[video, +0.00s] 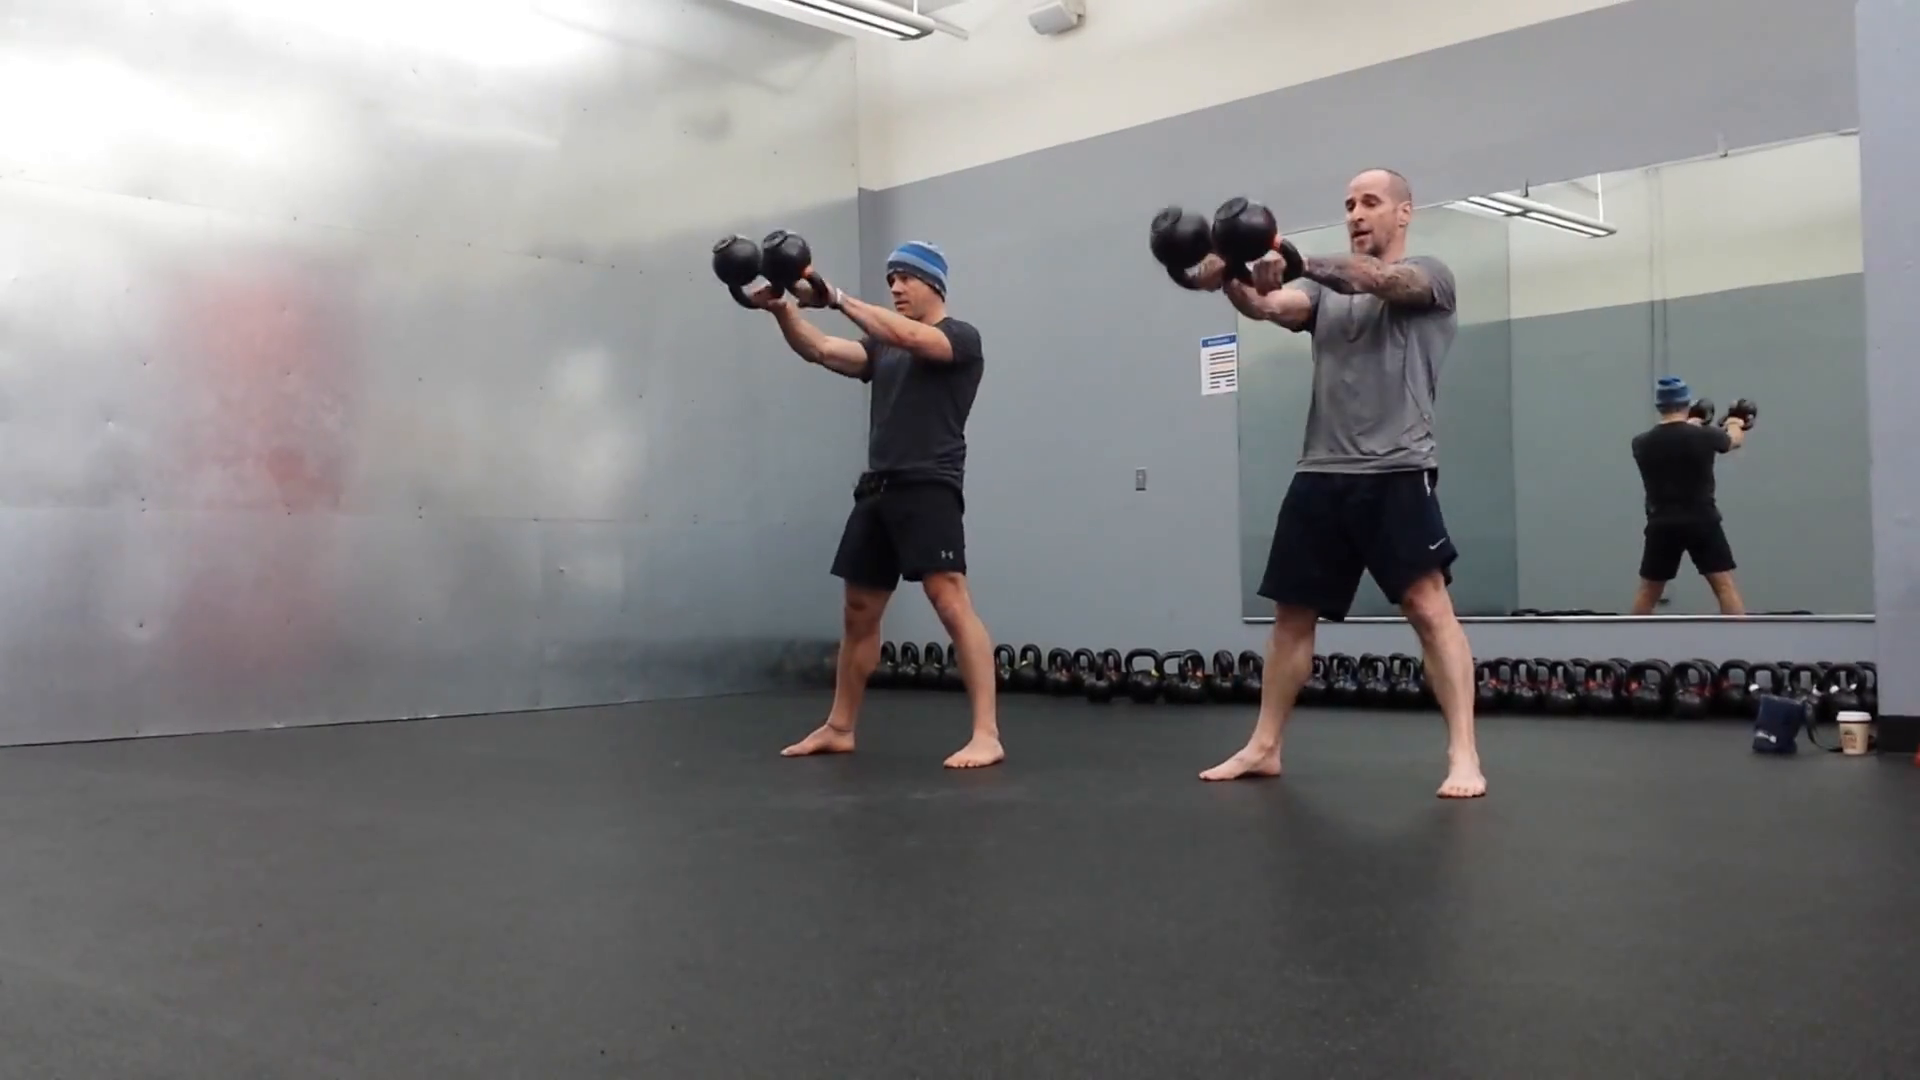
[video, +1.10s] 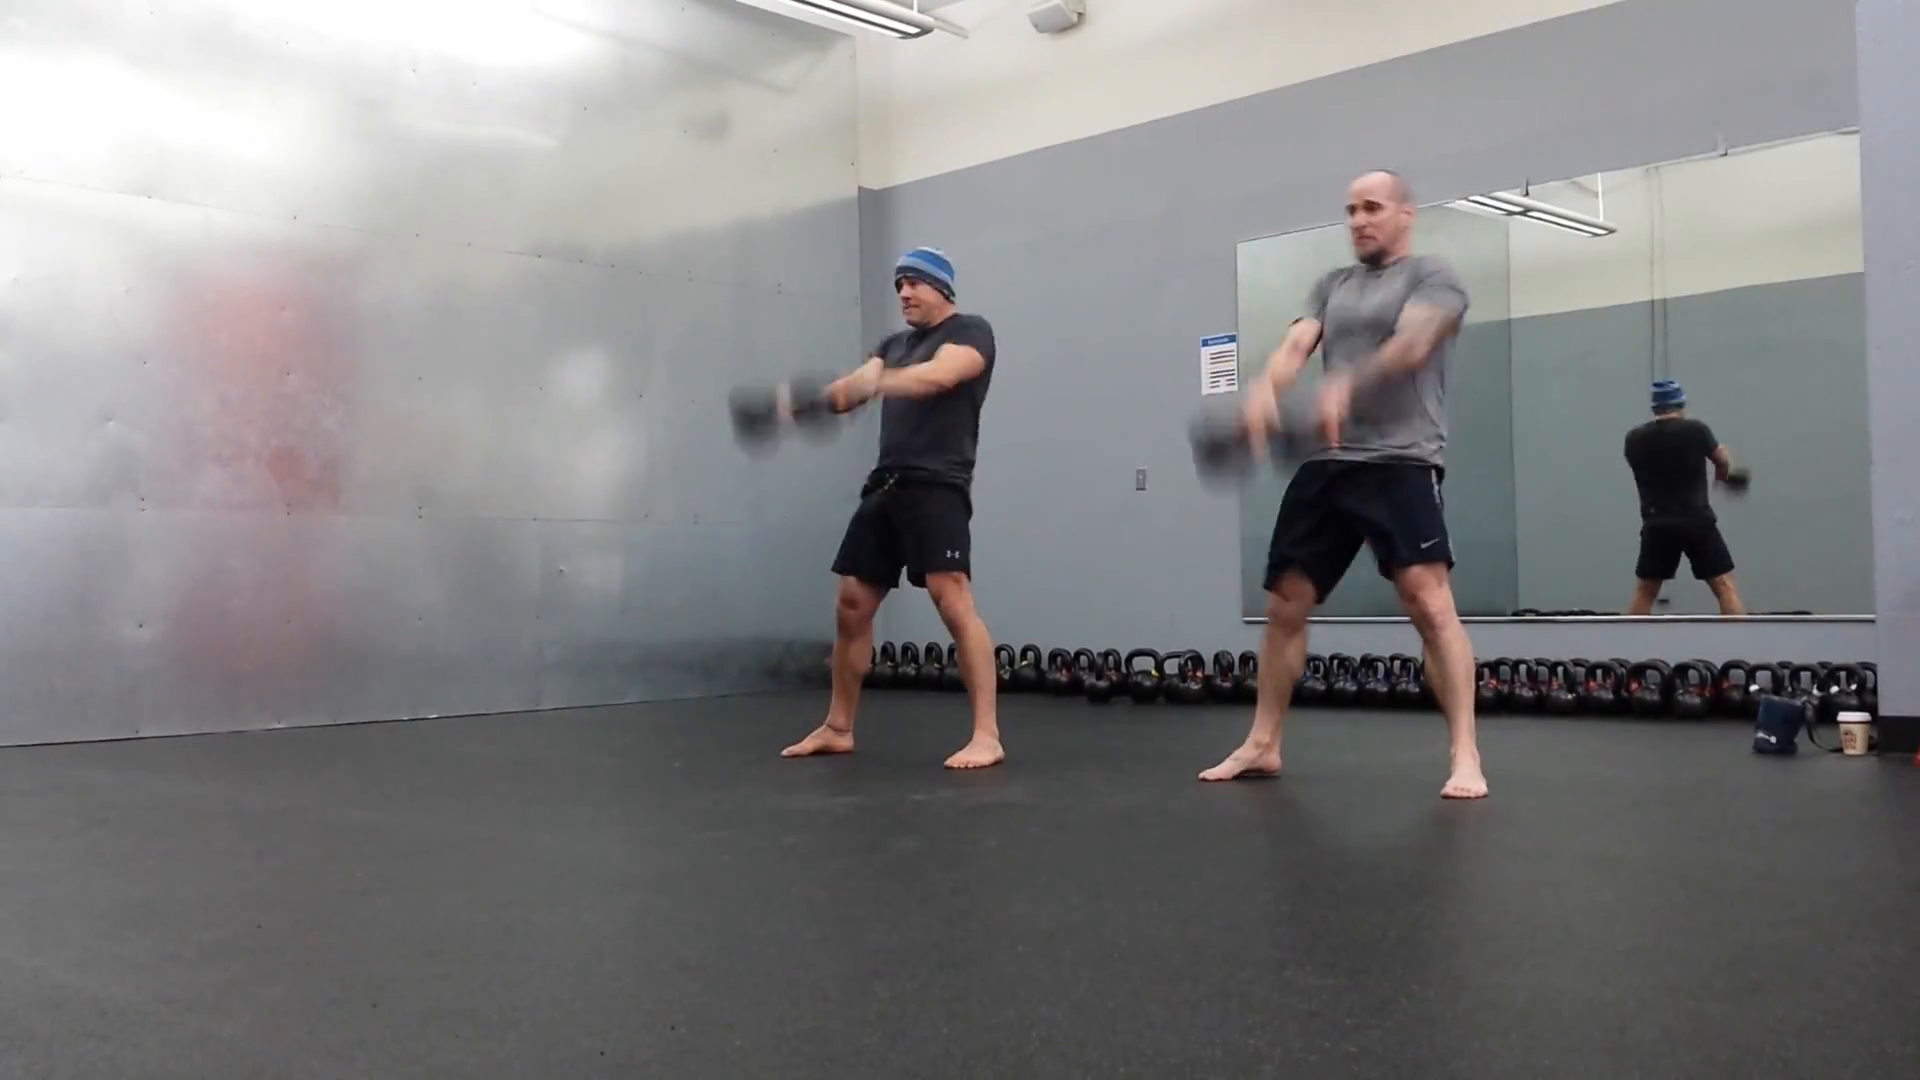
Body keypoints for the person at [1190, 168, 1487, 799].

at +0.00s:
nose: (1355, 214)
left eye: (1369, 201)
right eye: (1350, 206)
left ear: (1406, 212)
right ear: (1346, 219)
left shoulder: (1432, 277)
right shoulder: (1329, 287)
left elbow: (1377, 279)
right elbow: (1263, 303)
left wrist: (1300, 264)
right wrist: (1223, 271)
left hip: (1397, 473)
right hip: (1320, 474)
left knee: (1429, 609)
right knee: (1292, 612)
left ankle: (1464, 756)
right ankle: (1264, 745)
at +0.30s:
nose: (1355, 225)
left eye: (1369, 213)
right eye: (1349, 216)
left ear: (1403, 220)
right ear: (1343, 228)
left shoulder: (1428, 283)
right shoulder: (1328, 296)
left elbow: (1378, 329)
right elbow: (1283, 342)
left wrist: (1317, 367)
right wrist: (1253, 373)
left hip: (1410, 478)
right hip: (1333, 482)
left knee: (1434, 602)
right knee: (1282, 610)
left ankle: (1468, 756)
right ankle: (1262, 745)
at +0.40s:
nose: (1332, 236)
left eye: (1345, 224)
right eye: (1326, 226)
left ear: (1381, 228)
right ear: (1322, 236)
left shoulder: (1412, 300)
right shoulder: (1311, 311)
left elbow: (1376, 381)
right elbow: (1287, 385)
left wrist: (1333, 460)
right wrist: (1268, 454)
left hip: (1411, 490)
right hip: (1336, 493)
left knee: (1441, 596)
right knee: (1270, 607)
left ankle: (1469, 756)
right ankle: (1261, 745)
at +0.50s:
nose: (1293, 267)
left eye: (1306, 253)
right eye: (1287, 257)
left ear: (1341, 255)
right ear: (1283, 267)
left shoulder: (1384, 336)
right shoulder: (1281, 349)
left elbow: (1377, 448)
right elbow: (1285, 449)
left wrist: (1365, 546)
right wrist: (1297, 541)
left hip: (1413, 500)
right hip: (1335, 501)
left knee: (1447, 599)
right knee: (1252, 605)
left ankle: (1471, 756)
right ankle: (1260, 744)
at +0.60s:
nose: (1255, 336)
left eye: (1266, 322)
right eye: (1247, 325)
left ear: (1300, 325)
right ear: (1242, 337)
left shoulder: (1360, 396)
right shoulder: (1252, 420)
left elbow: (1386, 507)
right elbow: (1286, 511)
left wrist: (1398, 592)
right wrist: (1329, 594)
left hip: (1404, 519)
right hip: (1324, 527)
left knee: (1442, 610)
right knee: (1235, 612)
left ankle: (1469, 756)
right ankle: (1259, 747)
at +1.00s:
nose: (1317, 233)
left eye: (1331, 220)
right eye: (1312, 223)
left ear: (1366, 228)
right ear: (1307, 235)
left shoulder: (1401, 310)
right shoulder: (1298, 318)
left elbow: (1390, 414)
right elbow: (1282, 411)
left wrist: (1355, 490)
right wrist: (1280, 496)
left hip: (1403, 472)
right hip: (1331, 473)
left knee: (1441, 597)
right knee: (1257, 602)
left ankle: (1467, 756)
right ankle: (1261, 742)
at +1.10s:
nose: (1359, 220)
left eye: (1372, 208)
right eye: (1352, 211)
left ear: (1407, 215)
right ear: (1345, 222)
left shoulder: (1435, 279)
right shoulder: (1334, 286)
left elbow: (1410, 347)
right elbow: (1295, 348)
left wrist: (1345, 385)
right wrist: (1263, 391)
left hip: (1403, 466)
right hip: (1328, 468)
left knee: (1429, 601)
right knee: (1286, 602)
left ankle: (1465, 754)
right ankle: (1263, 742)